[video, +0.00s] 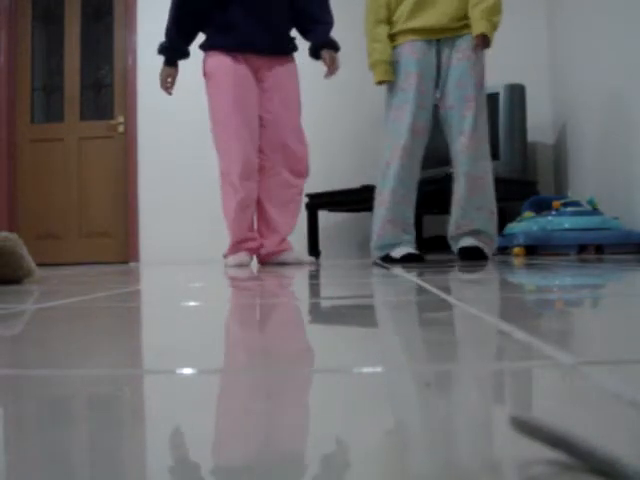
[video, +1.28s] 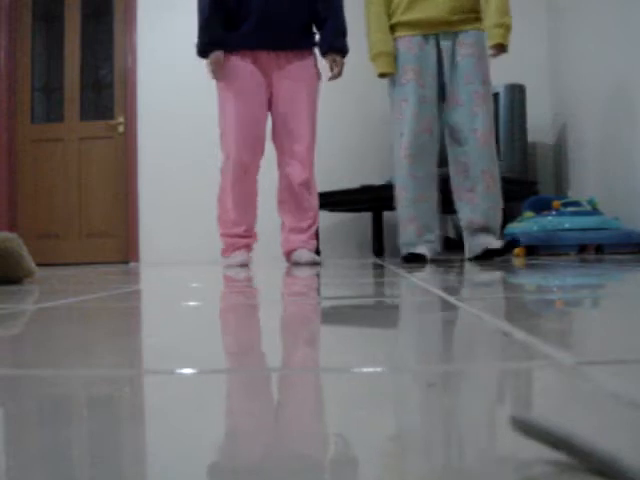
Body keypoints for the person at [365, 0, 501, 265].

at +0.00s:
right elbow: (377, 5)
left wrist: (483, 19)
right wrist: (380, 53)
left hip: (463, 27)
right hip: (409, 30)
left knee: (468, 137)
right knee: (405, 139)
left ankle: (472, 236)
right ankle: (394, 242)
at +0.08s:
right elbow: (379, 5)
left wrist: (484, 21)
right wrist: (382, 54)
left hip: (464, 28)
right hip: (411, 32)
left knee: (472, 139)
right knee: (407, 140)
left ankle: (475, 237)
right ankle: (397, 242)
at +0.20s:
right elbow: (385, 4)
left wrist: (492, 33)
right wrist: (388, 53)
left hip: (471, 29)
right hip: (416, 32)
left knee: (481, 136)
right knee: (414, 138)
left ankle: (481, 236)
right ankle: (413, 241)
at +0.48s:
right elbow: (378, 4)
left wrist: (500, 33)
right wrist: (376, 52)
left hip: (460, 21)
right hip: (405, 23)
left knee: (462, 131)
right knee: (405, 133)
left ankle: (469, 237)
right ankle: (396, 240)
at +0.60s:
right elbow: (367, 4)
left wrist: (490, 29)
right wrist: (364, 51)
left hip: (454, 21)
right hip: (394, 25)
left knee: (456, 136)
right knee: (388, 137)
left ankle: (464, 240)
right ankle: (384, 238)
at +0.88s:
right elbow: (361, 4)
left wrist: (463, 21)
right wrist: (364, 51)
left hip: (445, 27)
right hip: (393, 31)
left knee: (453, 138)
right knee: (396, 140)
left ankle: (462, 239)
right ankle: (393, 242)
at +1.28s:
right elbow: (376, 2)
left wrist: (496, 21)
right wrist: (380, 44)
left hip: (466, 26)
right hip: (409, 29)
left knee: (474, 133)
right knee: (413, 139)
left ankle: (481, 237)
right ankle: (418, 242)